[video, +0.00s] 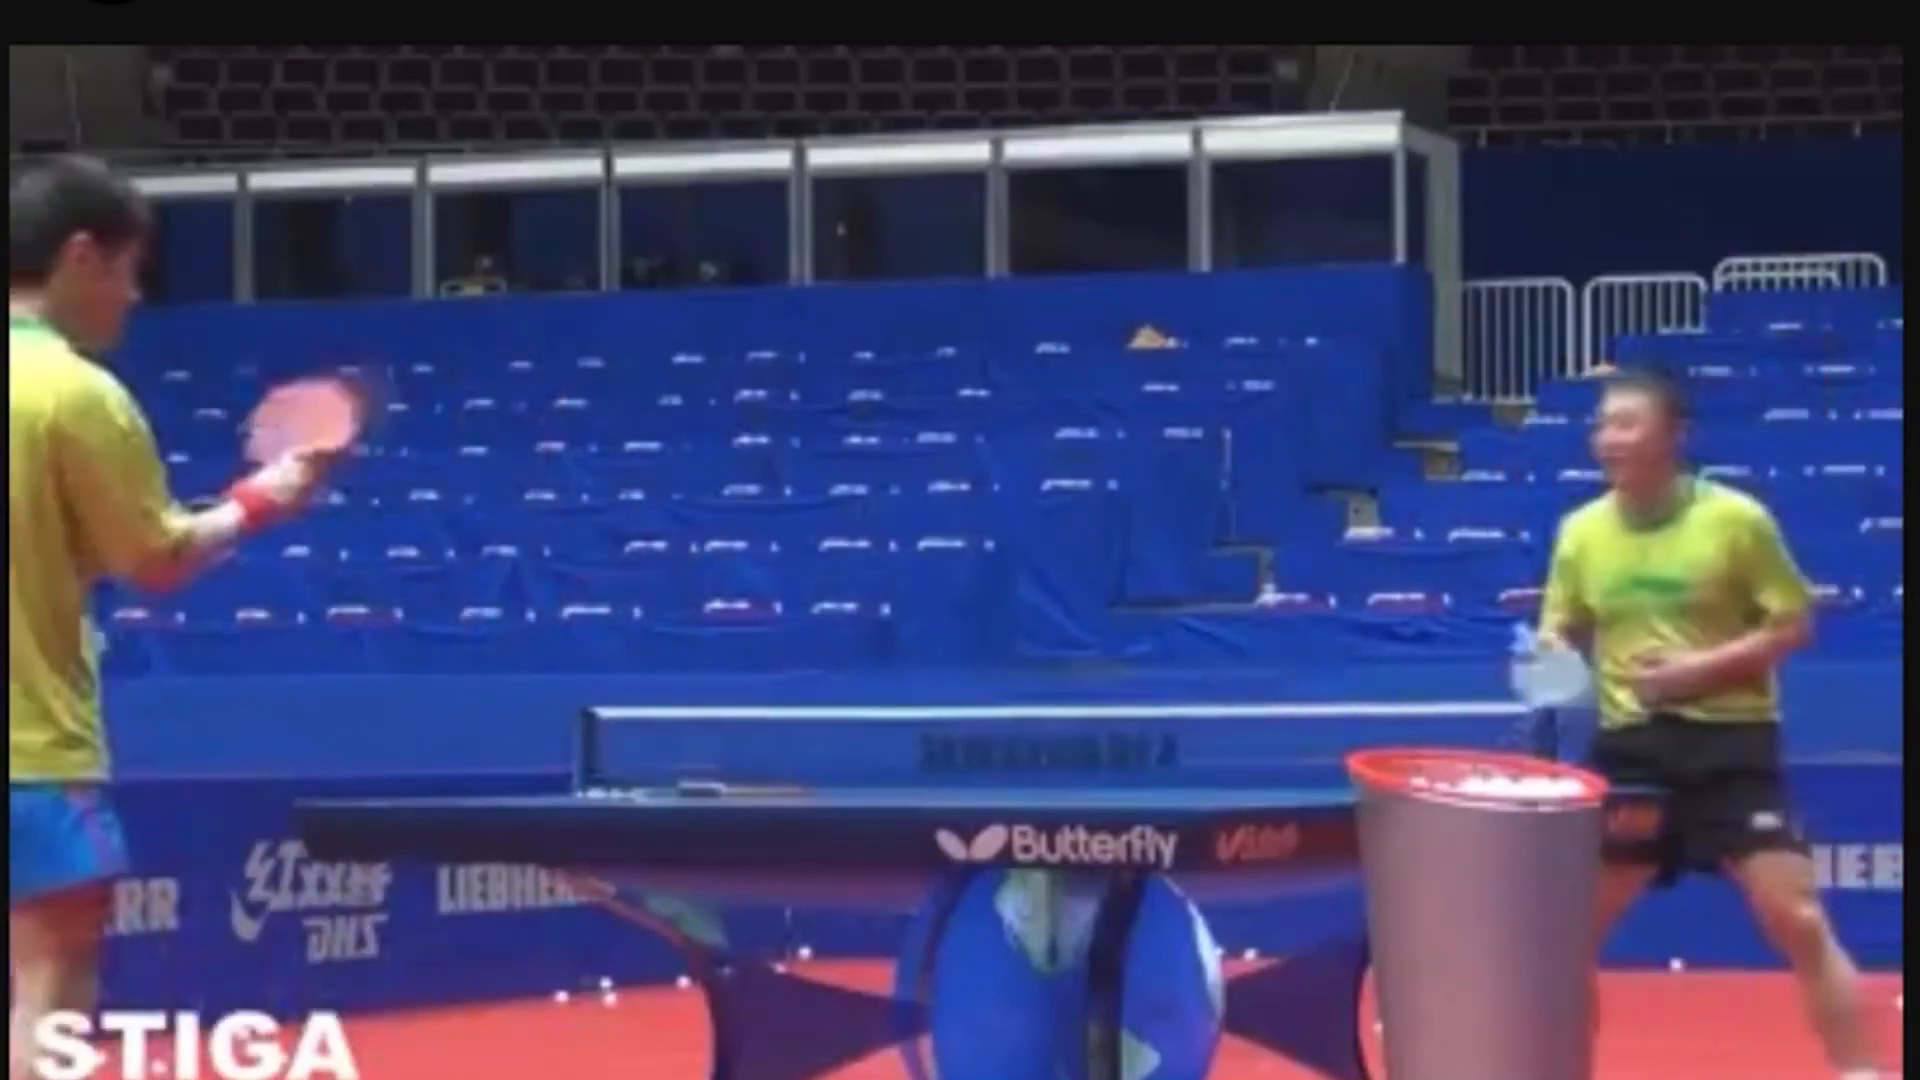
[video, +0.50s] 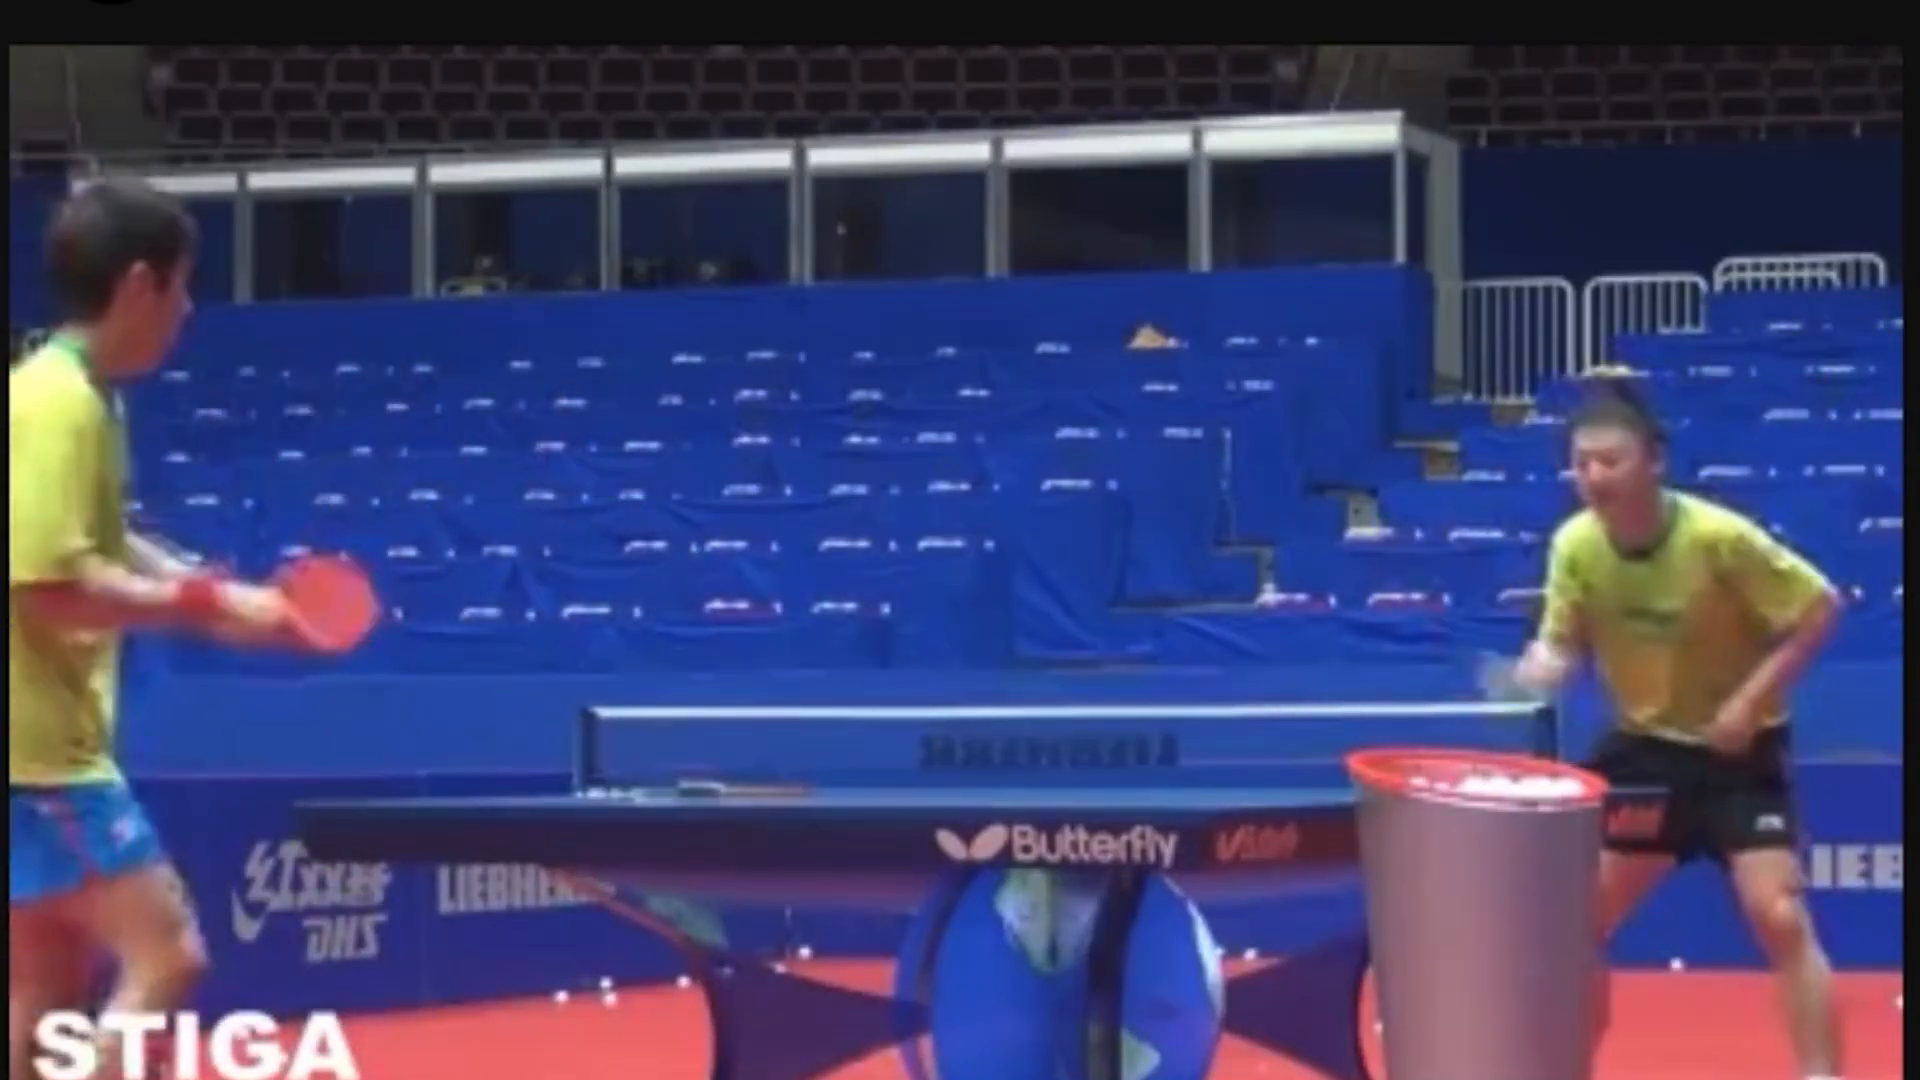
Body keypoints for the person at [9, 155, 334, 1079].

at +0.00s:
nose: (133, 298)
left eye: (135, 274)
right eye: (128, 271)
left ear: (64, 258)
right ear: (79, 256)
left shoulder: (31, 377)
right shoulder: (73, 394)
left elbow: (93, 546)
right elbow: (155, 561)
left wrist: (217, 510)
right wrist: (261, 501)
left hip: (27, 745)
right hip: (38, 750)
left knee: (42, 984)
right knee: (52, 992)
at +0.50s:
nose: (187, 312)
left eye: (186, 288)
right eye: (180, 287)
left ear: (120, 288)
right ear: (135, 287)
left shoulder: (77, 398)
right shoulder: (53, 402)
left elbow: (105, 546)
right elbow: (49, 590)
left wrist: (228, 595)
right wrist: (205, 607)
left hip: (47, 751)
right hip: (42, 757)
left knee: (44, 979)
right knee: (165, 953)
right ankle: (87, 1077)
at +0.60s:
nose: (194, 319)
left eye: (195, 297)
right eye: (190, 295)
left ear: (129, 296)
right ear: (148, 293)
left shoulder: (128, 407)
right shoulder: (47, 419)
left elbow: (164, 536)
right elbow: (27, 598)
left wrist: (273, 585)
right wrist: (179, 638)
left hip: (67, 753)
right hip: (44, 761)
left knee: (70, 996)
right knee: (160, 968)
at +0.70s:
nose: (209, 328)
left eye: (208, 306)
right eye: (200, 305)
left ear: (146, 308)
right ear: (153, 306)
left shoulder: (160, 419)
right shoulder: (52, 435)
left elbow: (216, 530)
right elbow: (26, 623)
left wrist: (324, 578)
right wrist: (157, 696)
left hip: (99, 756)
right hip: (48, 764)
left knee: (86, 996)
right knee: (143, 984)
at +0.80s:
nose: (231, 343)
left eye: (231, 322)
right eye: (223, 320)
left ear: (170, 325)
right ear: (172, 324)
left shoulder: (199, 435)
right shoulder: (57, 465)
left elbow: (288, 520)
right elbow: (20, 670)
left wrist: (411, 570)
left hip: (136, 782)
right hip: (77, 790)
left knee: (112, 1001)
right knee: (190, 981)